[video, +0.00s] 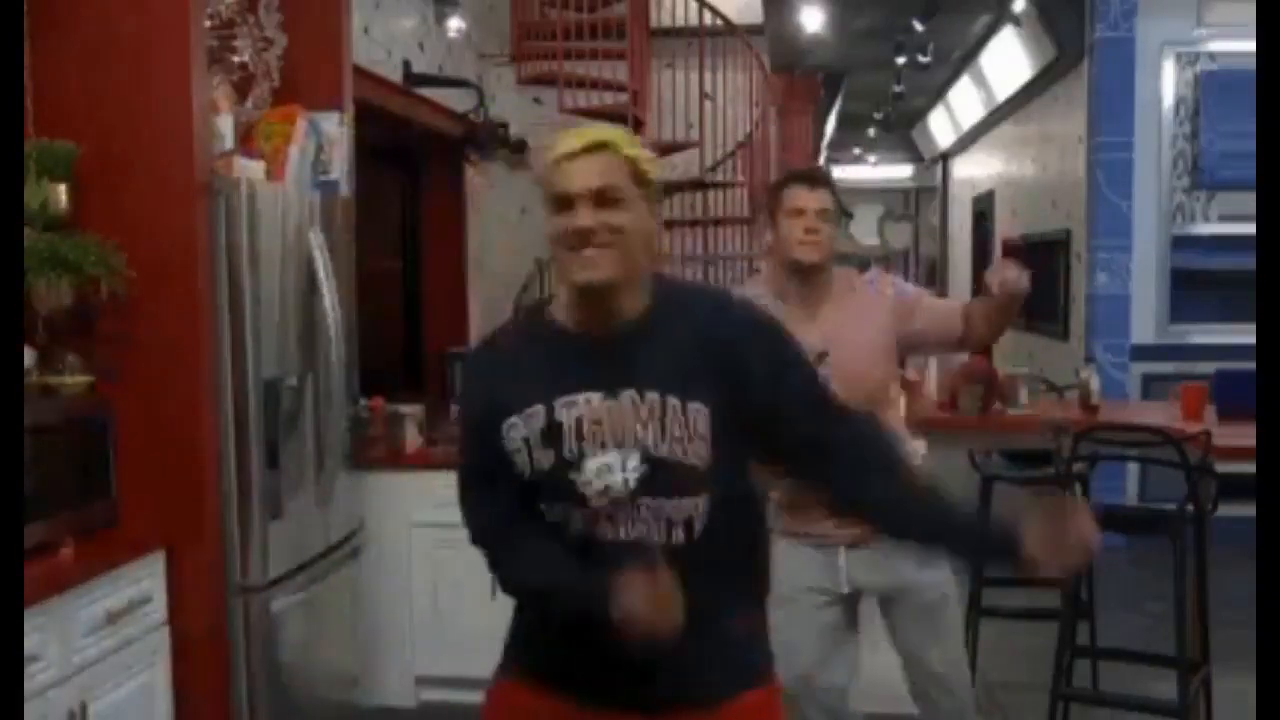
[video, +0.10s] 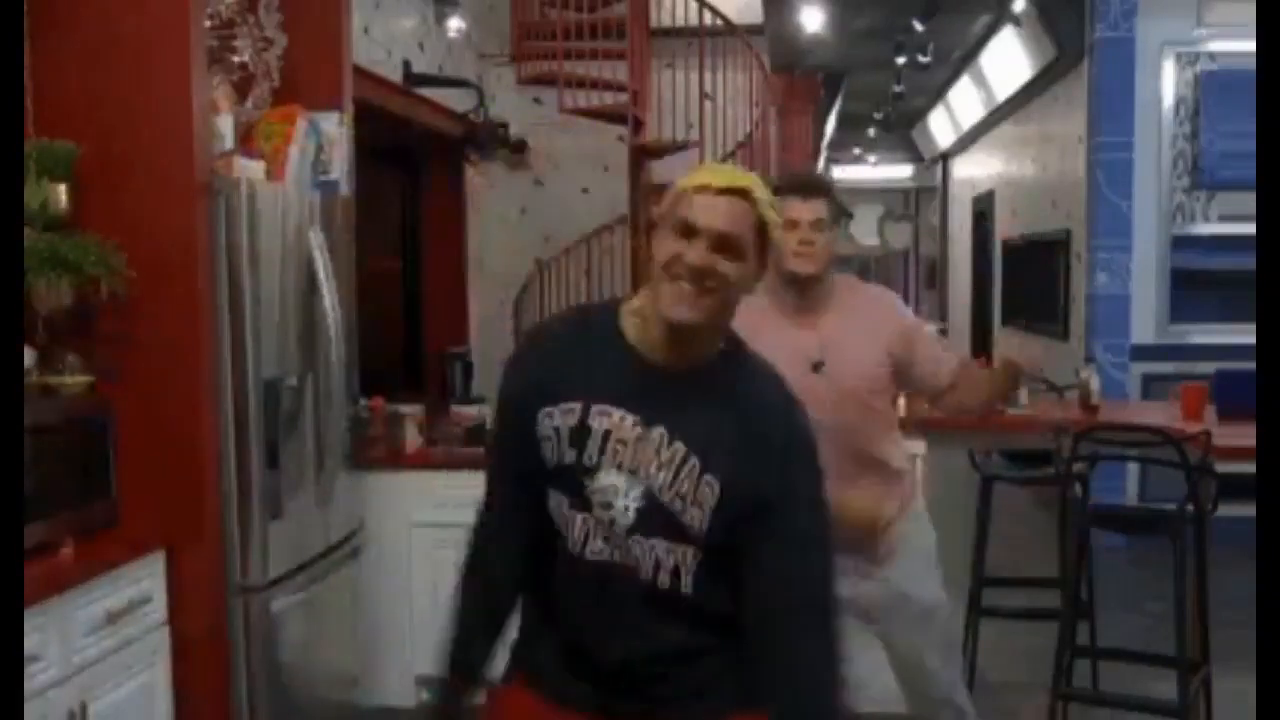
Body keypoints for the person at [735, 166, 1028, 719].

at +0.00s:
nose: (811, 226)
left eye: (823, 216)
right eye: (797, 216)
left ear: (838, 229)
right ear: (772, 232)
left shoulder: (878, 296)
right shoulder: (746, 312)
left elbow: (970, 327)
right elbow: (726, 429)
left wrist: (1003, 300)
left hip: (898, 526)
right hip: (800, 537)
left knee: (945, 689)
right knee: (811, 693)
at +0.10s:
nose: (805, 238)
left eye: (819, 226)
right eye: (790, 226)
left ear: (836, 237)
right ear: (767, 236)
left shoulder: (876, 309)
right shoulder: (740, 323)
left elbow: (952, 389)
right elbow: (725, 449)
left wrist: (1001, 376)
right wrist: (826, 508)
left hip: (893, 533)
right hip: (797, 535)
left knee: (939, 691)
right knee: (870, 701)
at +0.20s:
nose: (789, 231)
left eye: (803, 219)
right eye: (776, 220)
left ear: (823, 229)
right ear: (758, 230)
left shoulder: (868, 301)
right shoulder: (732, 312)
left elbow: (923, 398)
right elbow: (713, 434)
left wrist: (1010, 434)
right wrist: (780, 543)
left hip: (876, 540)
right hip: (775, 547)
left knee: (935, 699)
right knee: (789, 705)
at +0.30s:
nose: (736, 197)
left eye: (750, 184)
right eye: (723, 186)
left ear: (774, 195)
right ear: (705, 201)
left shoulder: (823, 273)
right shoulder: (679, 269)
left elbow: (865, 381)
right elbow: (650, 381)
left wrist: (884, 498)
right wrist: (655, 499)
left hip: (815, 518)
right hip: (708, 521)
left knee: (882, 671)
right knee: (682, 676)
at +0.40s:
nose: (711, 204)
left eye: (724, 191)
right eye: (697, 195)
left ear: (750, 202)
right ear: (681, 209)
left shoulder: (798, 282)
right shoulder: (657, 281)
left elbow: (827, 403)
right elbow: (628, 394)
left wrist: (809, 525)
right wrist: (625, 511)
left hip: (783, 519)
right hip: (682, 525)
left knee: (849, 668)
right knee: (678, 685)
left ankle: (884, 712)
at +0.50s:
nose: (688, 218)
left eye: (701, 206)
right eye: (675, 209)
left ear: (728, 218)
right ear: (661, 225)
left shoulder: (777, 301)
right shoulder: (631, 305)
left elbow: (793, 425)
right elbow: (603, 412)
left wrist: (734, 517)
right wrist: (602, 519)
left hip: (757, 515)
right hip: (653, 523)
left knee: (821, 664)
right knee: (623, 671)